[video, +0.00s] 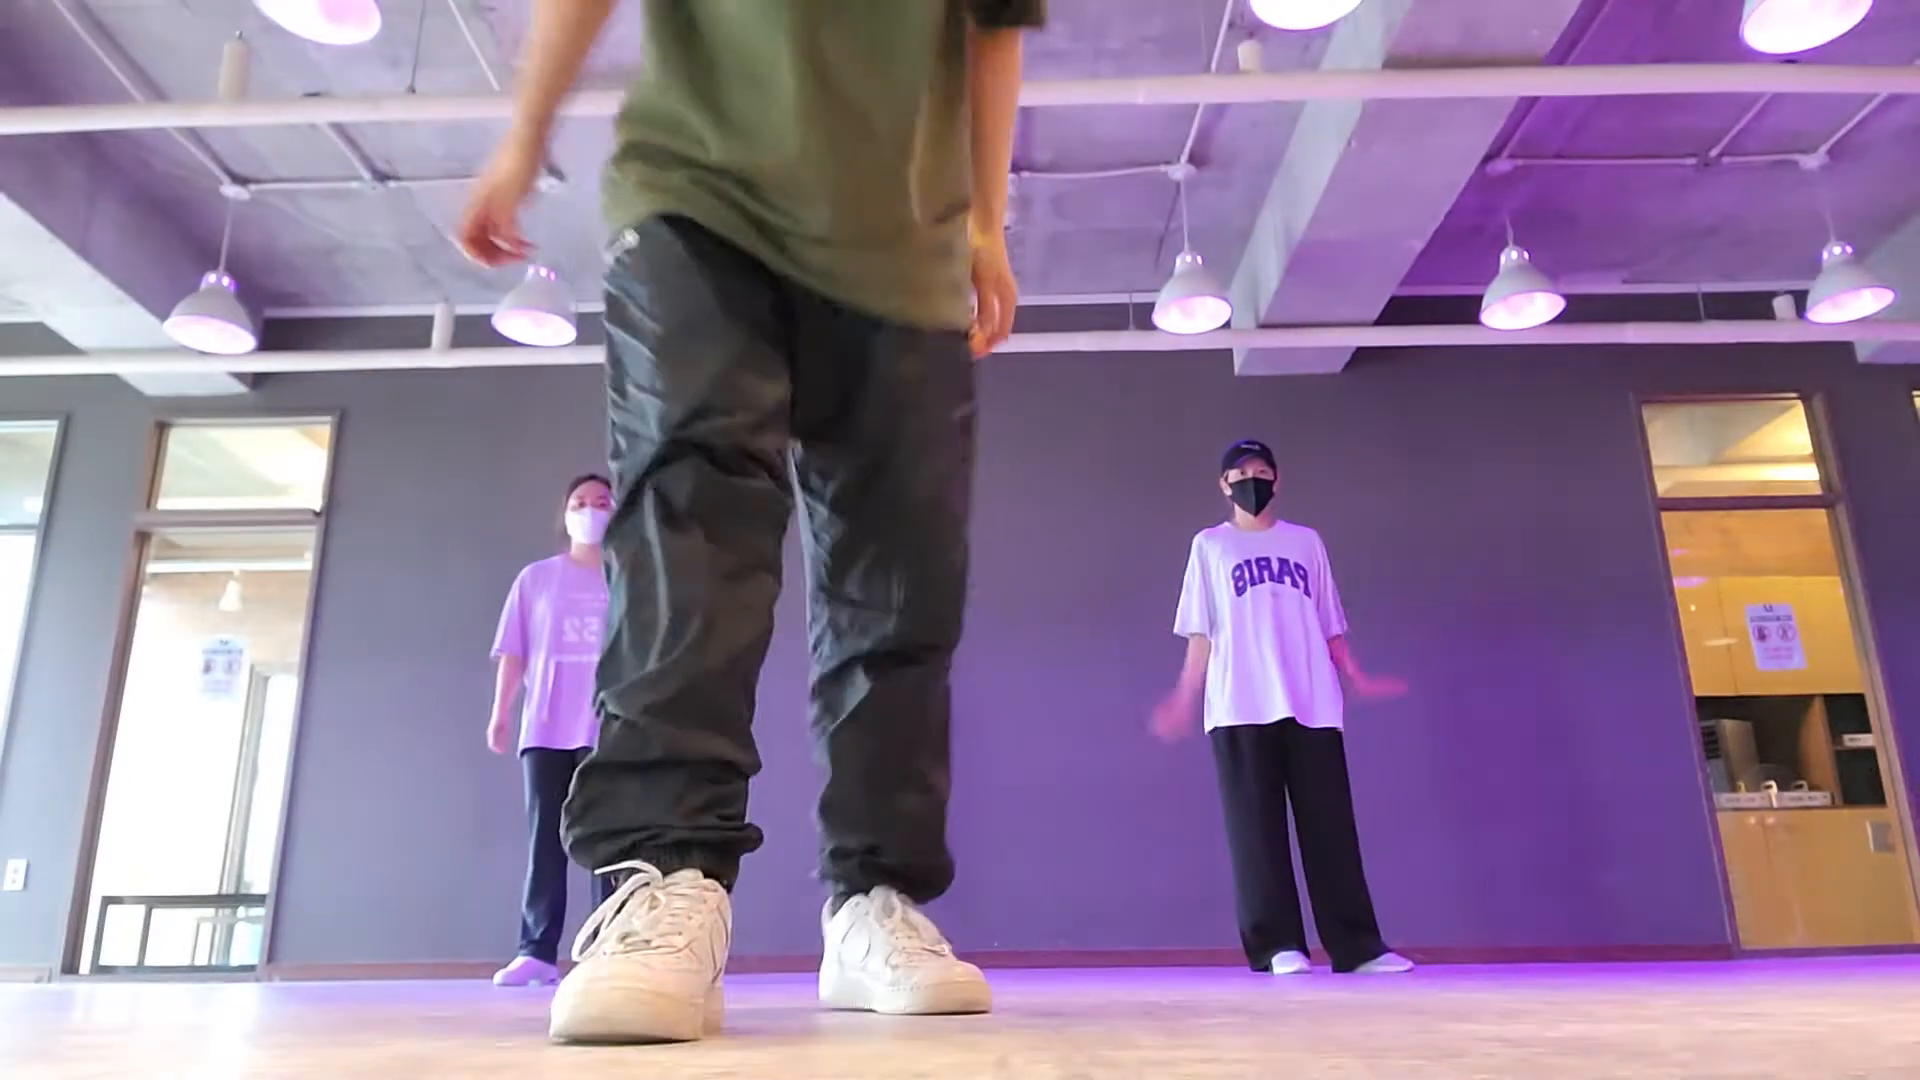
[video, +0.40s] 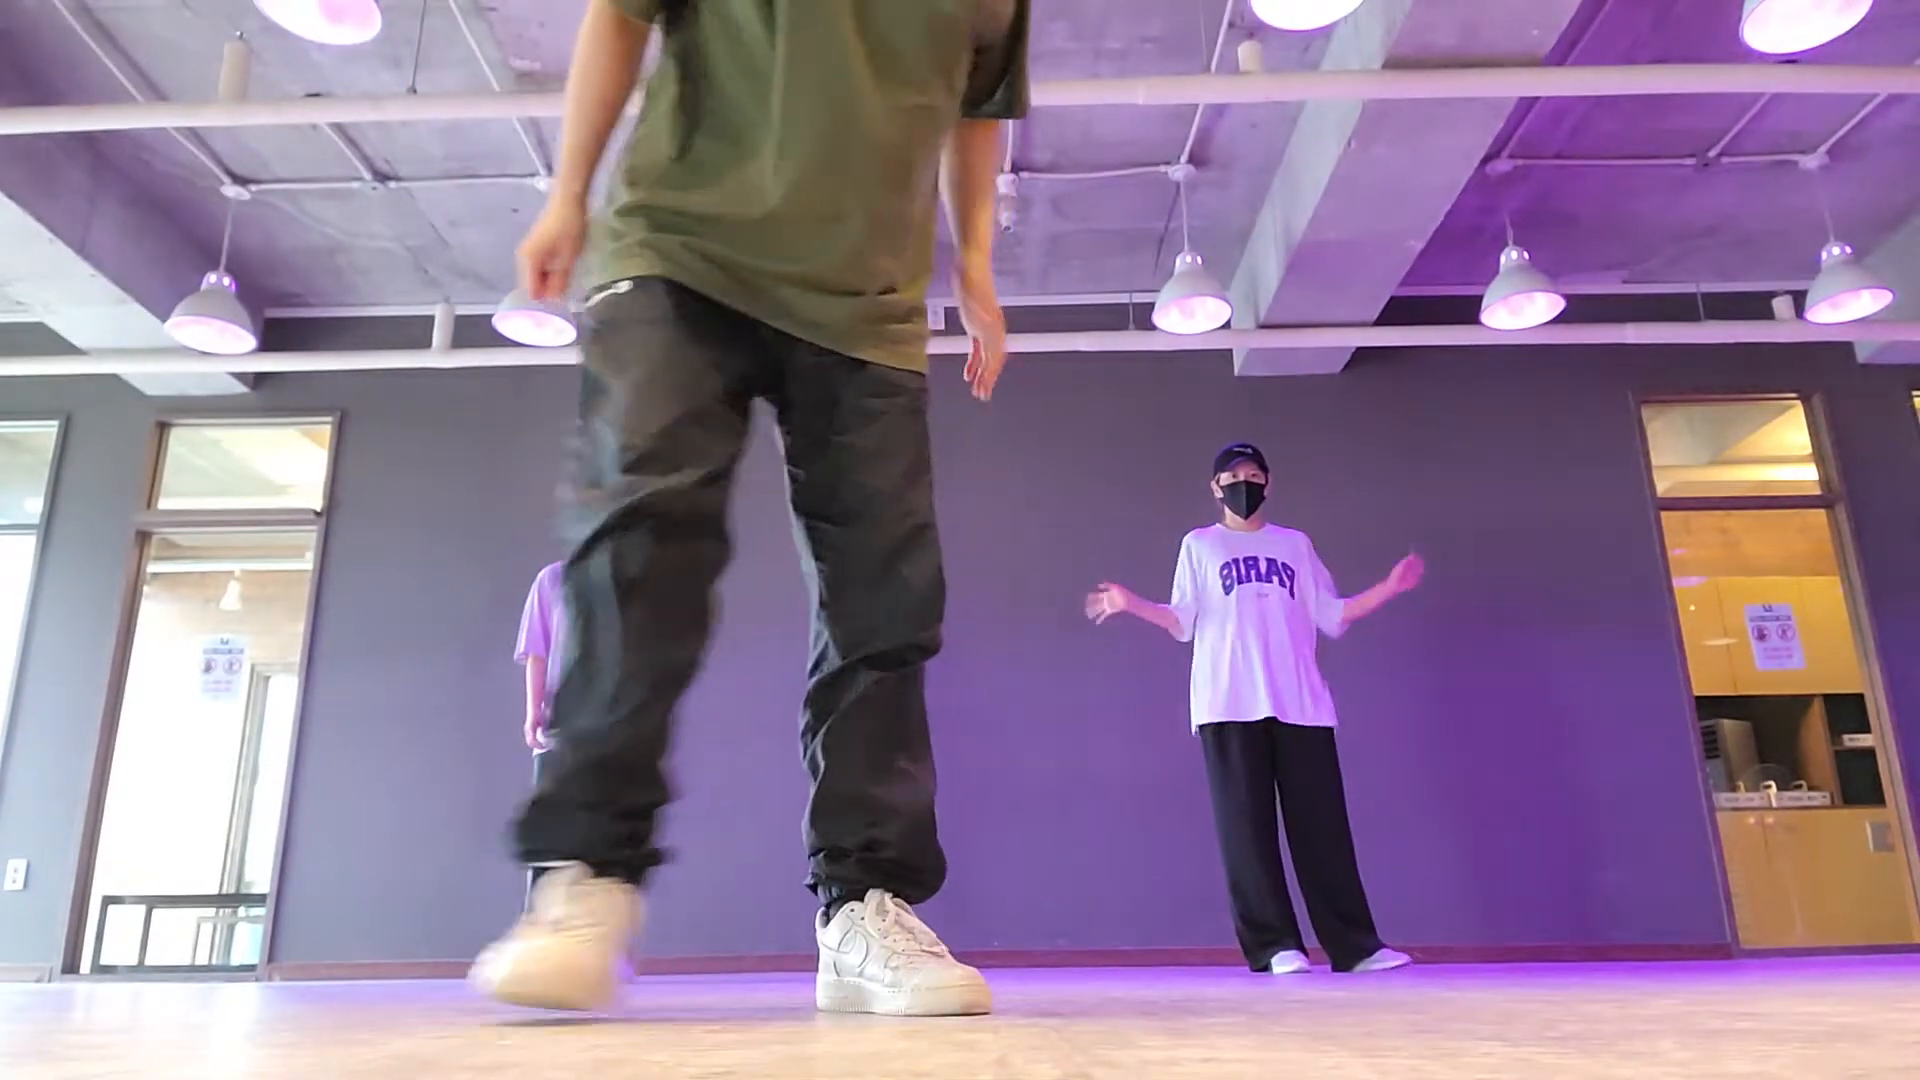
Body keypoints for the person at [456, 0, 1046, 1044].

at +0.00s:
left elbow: (994, 21)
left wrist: (987, 220)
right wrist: (524, 140)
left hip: (903, 200)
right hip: (698, 164)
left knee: (897, 576)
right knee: (691, 475)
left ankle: (878, 906)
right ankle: (668, 891)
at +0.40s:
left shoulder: (989, 6)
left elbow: (983, 94)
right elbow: (621, 8)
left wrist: (975, 261)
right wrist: (568, 192)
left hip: (866, 278)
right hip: (679, 236)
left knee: (884, 600)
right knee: (641, 520)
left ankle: (868, 912)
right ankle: (584, 887)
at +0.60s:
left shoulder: (911, 9)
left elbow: (890, 114)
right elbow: (551, 40)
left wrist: (828, 252)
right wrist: (488, 219)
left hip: (795, 295)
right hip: (610, 267)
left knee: (854, 613)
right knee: (480, 570)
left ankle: (864, 915)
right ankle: (390, 899)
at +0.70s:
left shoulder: (809, 13)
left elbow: (828, 94)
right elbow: (489, 61)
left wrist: (756, 253)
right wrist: (431, 235)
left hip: (718, 301)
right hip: (525, 286)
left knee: (807, 613)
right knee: (399, 585)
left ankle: (867, 913)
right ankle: (367, 922)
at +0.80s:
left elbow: (724, 91)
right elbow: (427, 93)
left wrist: (653, 255)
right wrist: (363, 248)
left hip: (618, 319)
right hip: (435, 318)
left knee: (730, 598)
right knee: (324, 595)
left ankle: (864, 884)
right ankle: (358, 930)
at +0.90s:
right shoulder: (362, 14)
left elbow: (598, 73)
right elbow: (379, 128)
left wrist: (504, 238)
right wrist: (279, 254)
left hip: (481, 298)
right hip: (348, 313)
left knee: (589, 571)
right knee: (265, 600)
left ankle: (761, 845)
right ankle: (356, 928)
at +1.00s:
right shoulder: (298, 16)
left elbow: (481, 60)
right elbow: (308, 142)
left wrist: (350, 184)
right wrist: (178, 224)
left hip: (390, 294)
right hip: (288, 305)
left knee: (306, 524)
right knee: (238, 616)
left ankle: (508, 840)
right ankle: (345, 913)